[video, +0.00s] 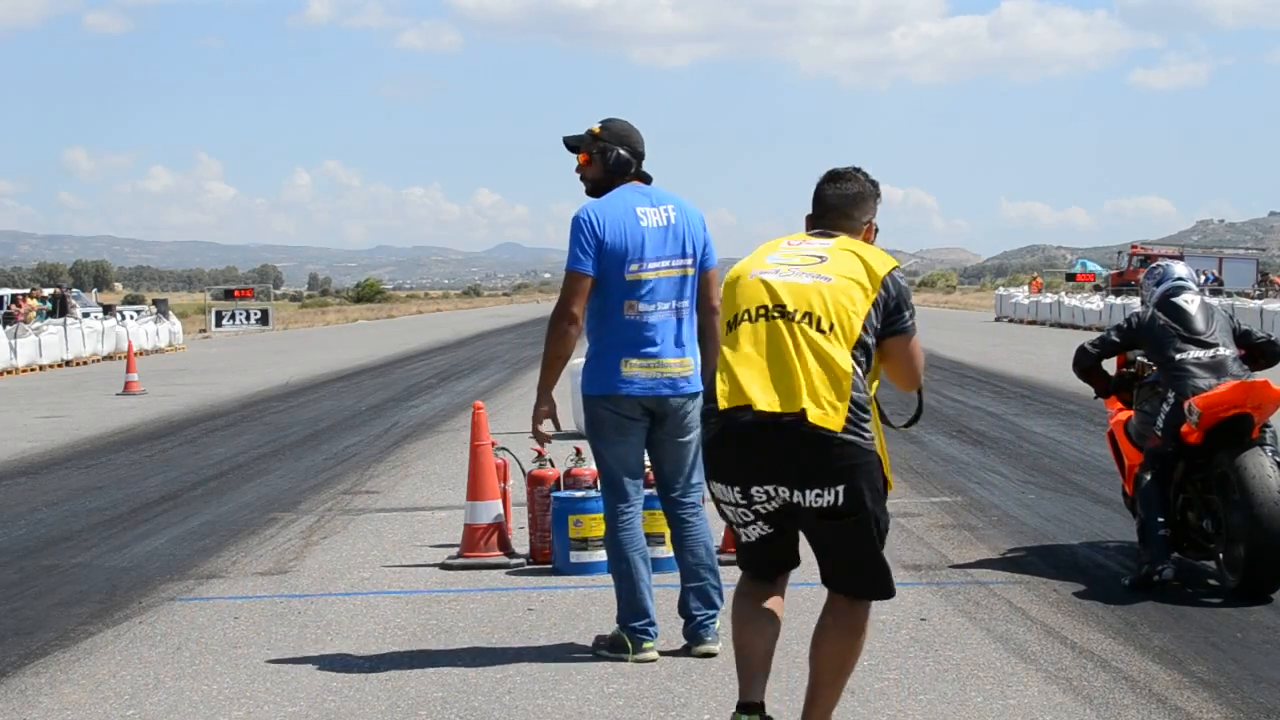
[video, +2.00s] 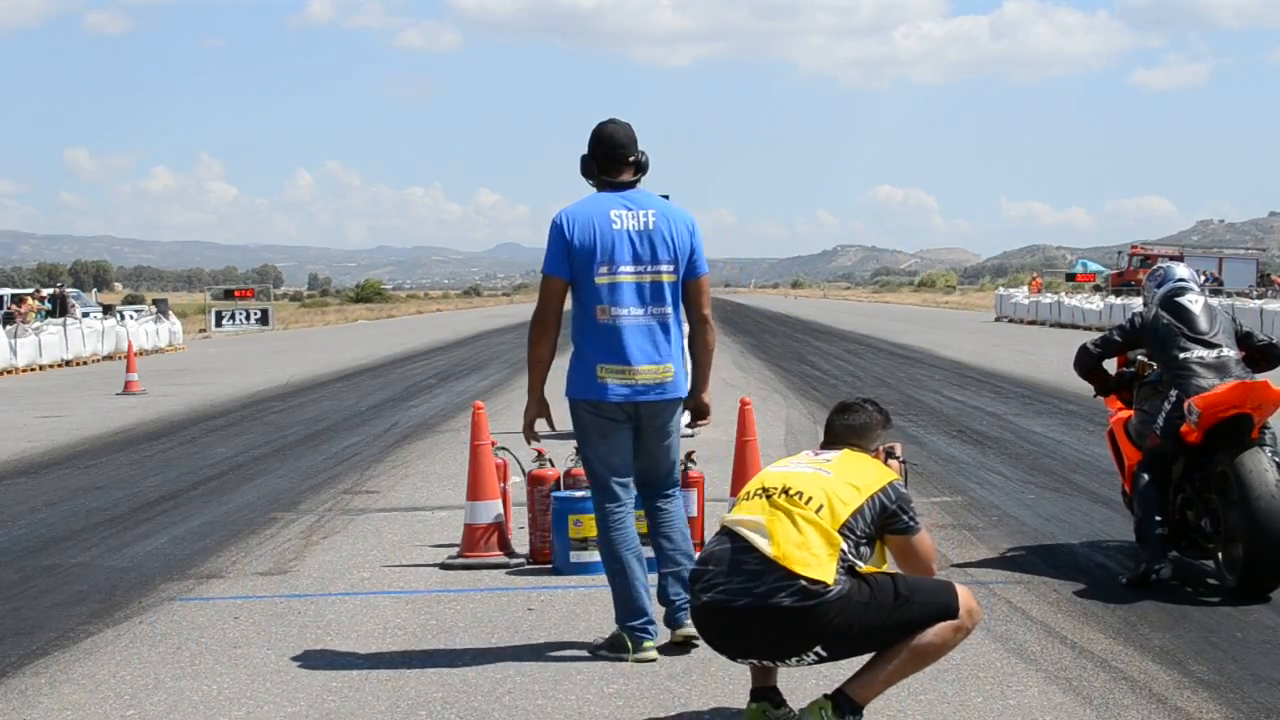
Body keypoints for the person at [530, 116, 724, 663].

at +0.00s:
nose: (578, 169)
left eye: (585, 159)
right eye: (579, 159)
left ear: (610, 161)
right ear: (635, 163)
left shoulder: (594, 218)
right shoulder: (690, 215)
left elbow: (570, 317)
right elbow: (711, 308)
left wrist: (545, 391)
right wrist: (709, 379)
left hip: (614, 386)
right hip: (682, 382)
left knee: (623, 508)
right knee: (688, 500)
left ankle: (638, 633)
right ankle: (704, 626)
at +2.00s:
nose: (591, 168)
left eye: (590, 162)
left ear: (589, 167)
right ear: (640, 165)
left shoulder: (572, 223)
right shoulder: (679, 221)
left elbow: (547, 316)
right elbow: (701, 317)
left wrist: (536, 391)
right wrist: (701, 386)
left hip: (598, 387)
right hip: (664, 384)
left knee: (614, 503)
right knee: (664, 492)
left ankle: (638, 631)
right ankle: (681, 614)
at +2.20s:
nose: (573, 173)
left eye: (573, 167)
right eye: (581, 166)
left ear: (577, 170)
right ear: (626, 168)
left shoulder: (563, 223)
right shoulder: (668, 223)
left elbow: (540, 317)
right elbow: (687, 319)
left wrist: (525, 396)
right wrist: (679, 389)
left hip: (590, 388)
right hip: (655, 384)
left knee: (613, 505)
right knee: (626, 501)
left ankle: (639, 631)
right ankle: (609, 617)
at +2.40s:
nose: (552, 178)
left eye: (553, 170)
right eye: (552, 170)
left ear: (564, 172)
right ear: (609, 173)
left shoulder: (552, 223)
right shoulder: (650, 224)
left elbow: (532, 321)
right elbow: (672, 319)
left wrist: (519, 398)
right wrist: (665, 390)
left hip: (578, 388)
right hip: (638, 387)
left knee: (603, 504)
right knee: (586, 496)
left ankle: (638, 629)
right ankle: (551, 615)